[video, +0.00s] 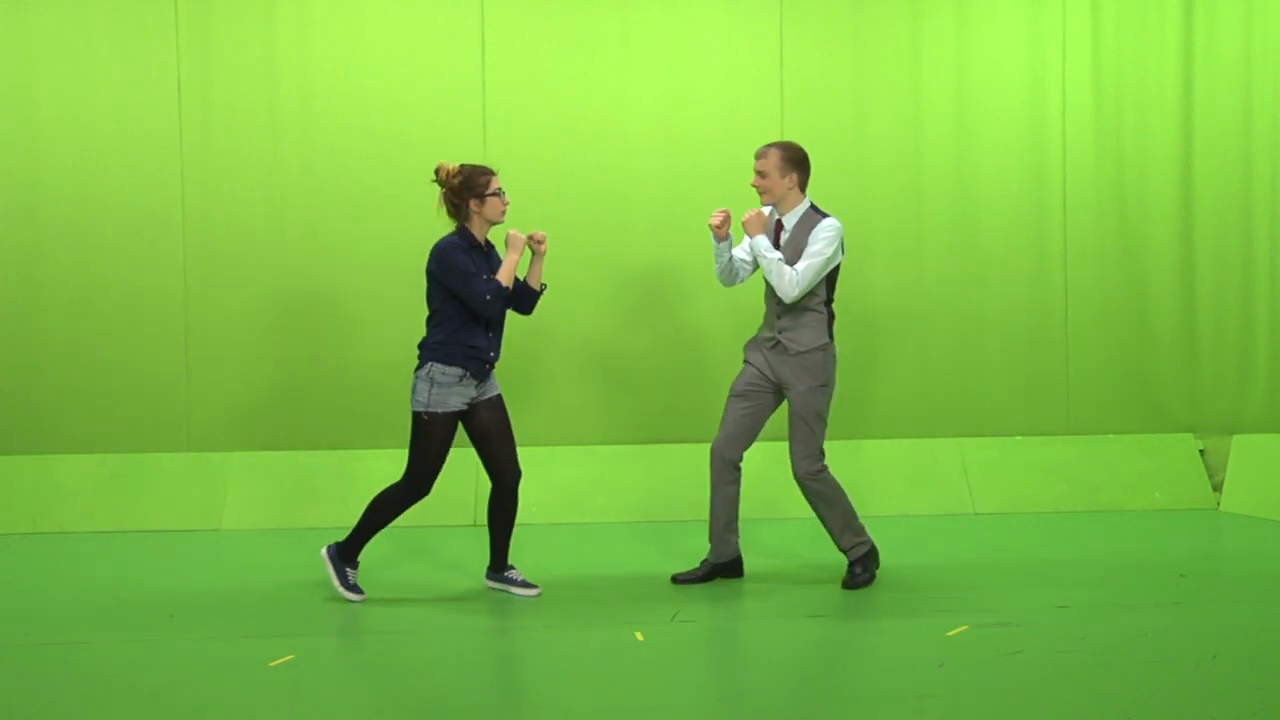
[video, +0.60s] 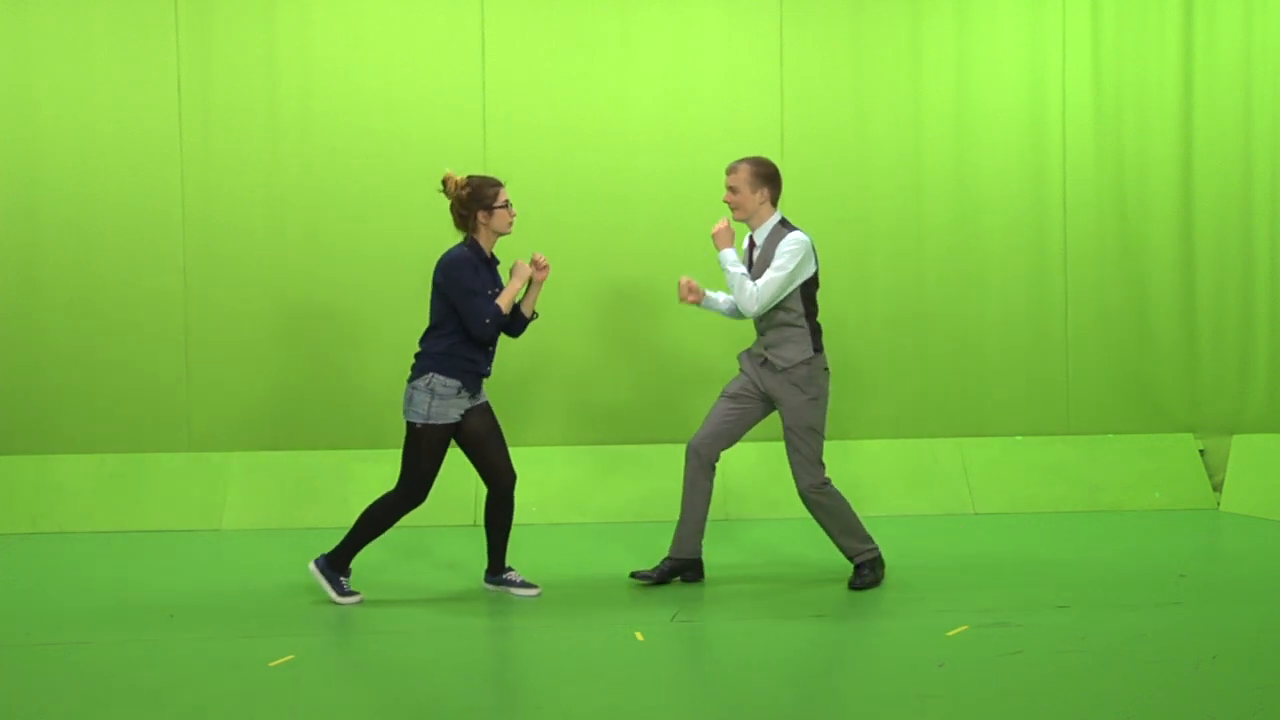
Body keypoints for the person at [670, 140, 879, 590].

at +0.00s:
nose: (755, 183)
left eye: (762, 176)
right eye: (755, 175)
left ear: (792, 179)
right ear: (777, 180)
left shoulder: (827, 230)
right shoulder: (766, 224)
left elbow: (791, 287)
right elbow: (729, 275)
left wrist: (759, 239)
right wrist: (722, 240)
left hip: (810, 359)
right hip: (765, 354)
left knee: (807, 466)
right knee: (725, 450)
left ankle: (861, 551)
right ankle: (724, 556)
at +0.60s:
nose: (727, 198)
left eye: (734, 191)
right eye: (726, 190)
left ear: (763, 194)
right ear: (755, 196)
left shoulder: (796, 244)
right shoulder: (748, 245)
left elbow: (755, 300)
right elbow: (743, 306)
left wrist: (726, 252)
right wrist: (704, 297)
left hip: (801, 373)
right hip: (760, 368)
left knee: (810, 480)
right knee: (701, 448)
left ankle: (867, 557)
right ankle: (685, 557)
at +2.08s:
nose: (714, 208)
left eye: (720, 199)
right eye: (712, 200)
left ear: (749, 197)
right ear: (740, 200)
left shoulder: (793, 243)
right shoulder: (734, 244)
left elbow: (767, 311)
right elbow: (714, 300)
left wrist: (725, 268)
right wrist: (701, 268)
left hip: (799, 368)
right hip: (754, 366)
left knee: (824, 473)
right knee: (696, 446)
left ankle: (874, 555)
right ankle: (695, 559)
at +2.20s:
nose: (687, 207)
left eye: (691, 198)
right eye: (683, 200)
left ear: (719, 194)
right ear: (713, 198)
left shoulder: (756, 239)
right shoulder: (710, 240)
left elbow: (720, 298)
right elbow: (686, 291)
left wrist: (685, 256)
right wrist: (675, 254)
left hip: (765, 372)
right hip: (727, 370)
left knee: (795, 475)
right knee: (664, 450)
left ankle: (878, 542)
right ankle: (668, 561)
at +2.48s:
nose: (624, 226)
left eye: (628, 216)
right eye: (622, 217)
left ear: (656, 213)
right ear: (654, 216)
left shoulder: (692, 258)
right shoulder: (661, 259)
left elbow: (729, 314)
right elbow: (636, 316)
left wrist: (667, 311)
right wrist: (624, 277)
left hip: (678, 390)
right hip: (669, 388)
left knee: (583, 456)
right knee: (606, 466)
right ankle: (662, 562)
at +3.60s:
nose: (700, 194)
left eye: (706, 185)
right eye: (699, 185)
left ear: (736, 188)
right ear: (729, 189)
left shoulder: (776, 233)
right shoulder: (726, 235)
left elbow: (754, 300)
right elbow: (706, 290)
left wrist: (714, 258)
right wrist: (686, 256)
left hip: (786, 364)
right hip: (745, 359)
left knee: (779, 472)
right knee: (701, 449)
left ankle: (852, 553)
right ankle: (729, 553)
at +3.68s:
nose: (708, 203)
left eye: (715, 195)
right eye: (708, 195)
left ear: (744, 197)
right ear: (736, 199)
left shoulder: (784, 243)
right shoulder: (732, 244)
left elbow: (757, 308)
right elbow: (710, 298)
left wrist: (719, 264)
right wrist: (693, 263)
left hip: (789, 373)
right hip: (750, 368)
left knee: (778, 482)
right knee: (701, 456)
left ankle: (847, 557)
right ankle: (730, 556)